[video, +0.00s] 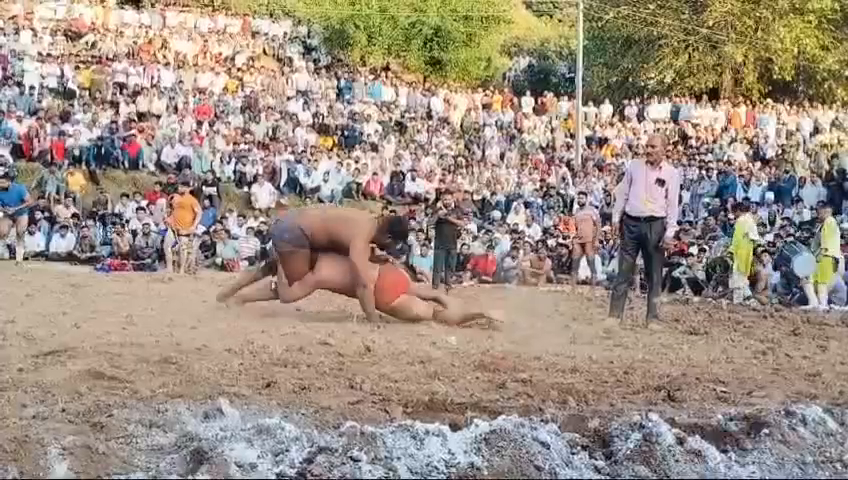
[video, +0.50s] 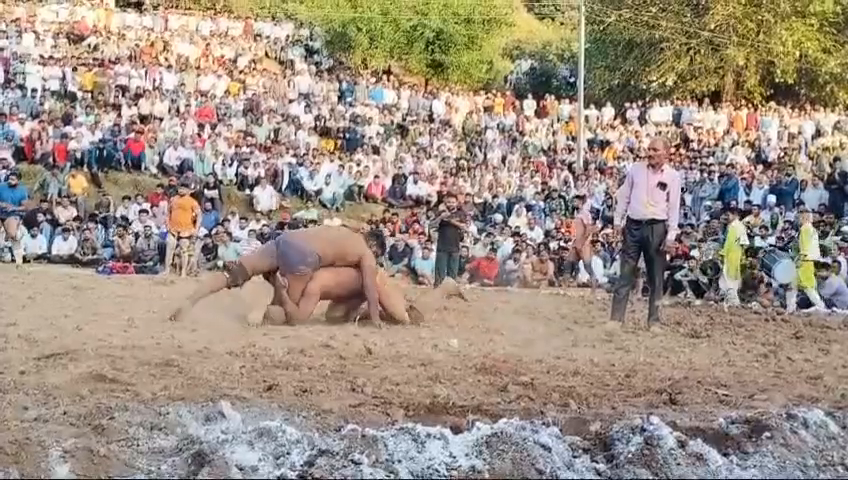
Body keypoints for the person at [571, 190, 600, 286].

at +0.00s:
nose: (580, 200)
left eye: (582, 198)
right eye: (579, 198)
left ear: (587, 199)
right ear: (577, 199)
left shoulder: (592, 211)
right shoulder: (576, 213)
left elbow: (598, 226)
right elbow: (573, 227)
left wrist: (596, 240)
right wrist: (572, 238)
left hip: (589, 240)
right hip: (577, 240)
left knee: (590, 261)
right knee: (575, 261)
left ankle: (594, 278)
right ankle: (574, 280)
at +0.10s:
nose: (581, 200)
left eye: (583, 198)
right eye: (579, 198)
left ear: (587, 199)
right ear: (577, 199)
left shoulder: (591, 211)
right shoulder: (577, 212)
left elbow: (597, 223)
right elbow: (577, 226)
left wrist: (594, 238)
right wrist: (575, 236)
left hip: (589, 239)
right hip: (578, 239)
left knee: (591, 262)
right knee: (573, 261)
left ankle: (593, 283)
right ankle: (573, 283)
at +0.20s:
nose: (580, 201)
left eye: (582, 198)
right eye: (579, 198)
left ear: (587, 200)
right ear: (577, 200)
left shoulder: (591, 211)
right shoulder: (578, 212)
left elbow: (595, 224)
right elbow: (577, 226)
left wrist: (593, 236)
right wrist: (576, 235)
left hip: (589, 239)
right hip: (578, 239)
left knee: (590, 262)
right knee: (573, 260)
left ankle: (593, 280)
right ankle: (573, 279)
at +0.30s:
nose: (578, 201)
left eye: (581, 199)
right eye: (577, 199)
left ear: (586, 200)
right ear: (576, 200)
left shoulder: (588, 213)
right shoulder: (579, 212)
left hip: (587, 242)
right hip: (578, 241)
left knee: (590, 261)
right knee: (573, 260)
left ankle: (594, 276)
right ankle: (572, 277)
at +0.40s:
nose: (576, 202)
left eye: (579, 200)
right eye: (576, 200)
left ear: (584, 201)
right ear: (577, 201)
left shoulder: (587, 213)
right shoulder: (578, 214)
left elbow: (591, 227)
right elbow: (577, 227)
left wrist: (589, 238)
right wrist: (575, 237)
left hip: (586, 241)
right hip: (577, 241)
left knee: (588, 264)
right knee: (573, 263)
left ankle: (595, 280)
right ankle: (571, 279)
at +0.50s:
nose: (574, 203)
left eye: (576, 201)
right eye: (574, 201)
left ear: (581, 202)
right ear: (578, 203)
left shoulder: (585, 214)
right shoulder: (578, 213)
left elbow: (588, 228)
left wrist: (581, 242)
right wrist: (576, 240)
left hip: (584, 242)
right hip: (577, 242)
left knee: (587, 265)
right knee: (569, 262)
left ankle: (594, 281)